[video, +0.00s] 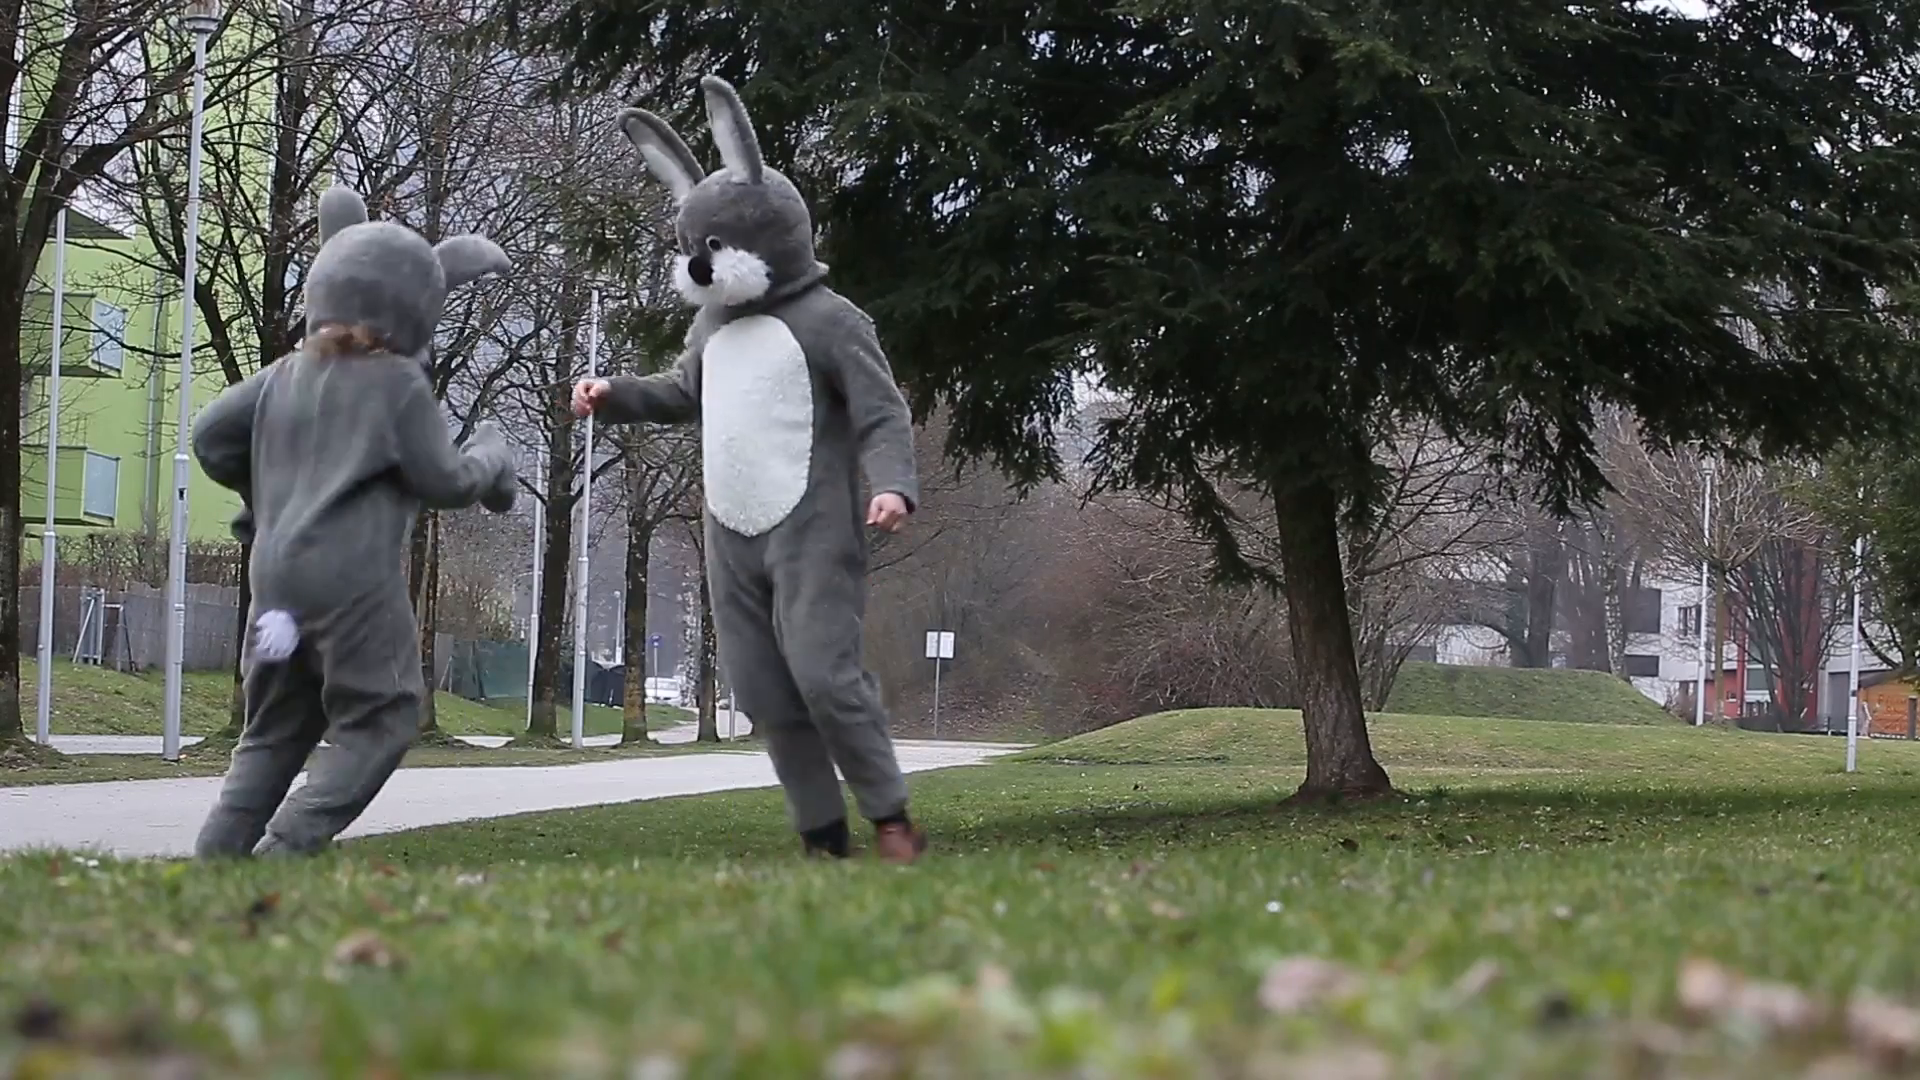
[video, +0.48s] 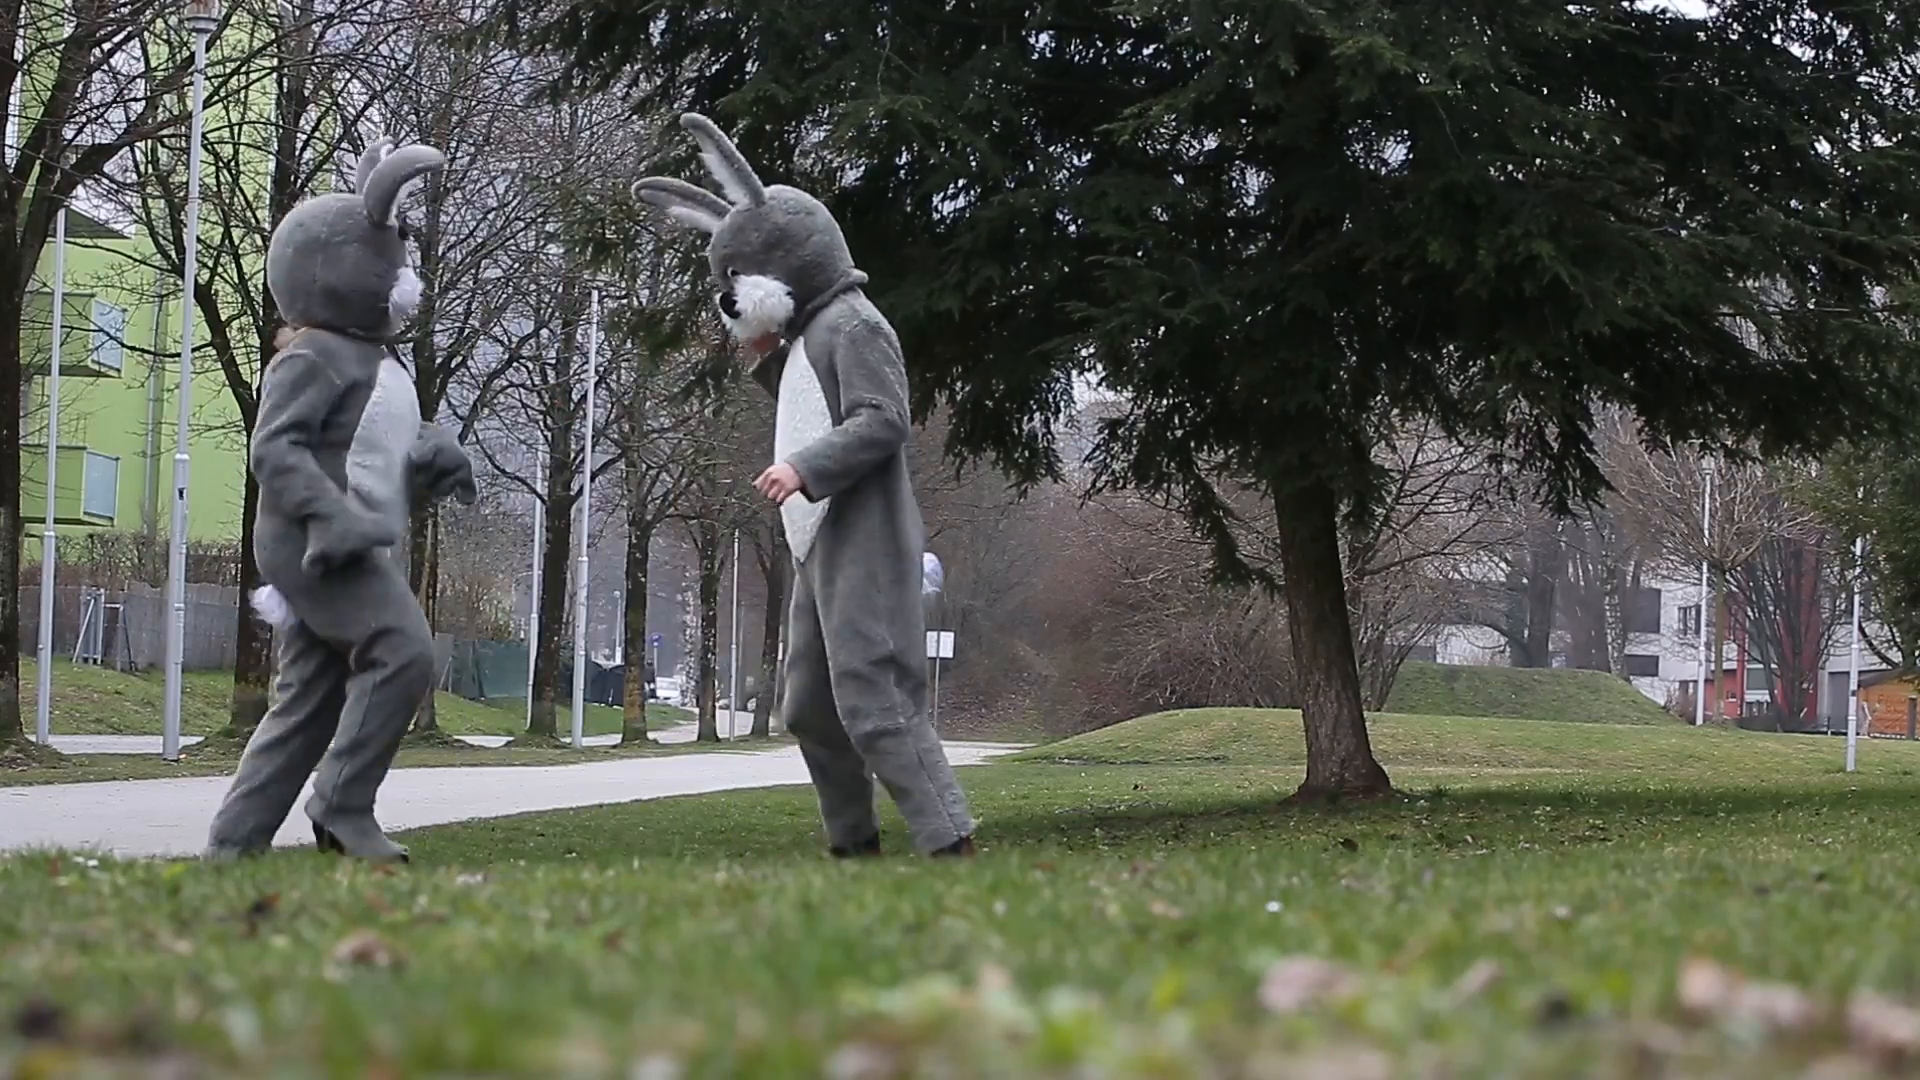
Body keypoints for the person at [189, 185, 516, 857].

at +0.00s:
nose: (429, 321)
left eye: (429, 307)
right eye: (425, 308)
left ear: (322, 298)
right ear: (403, 309)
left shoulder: (280, 376)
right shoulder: (397, 381)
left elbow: (211, 435)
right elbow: (441, 480)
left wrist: (268, 484)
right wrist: (490, 459)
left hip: (272, 573)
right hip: (353, 579)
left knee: (278, 724)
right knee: (384, 713)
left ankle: (214, 858)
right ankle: (287, 848)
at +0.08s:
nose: (415, 347)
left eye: (417, 332)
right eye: (411, 330)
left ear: (314, 319)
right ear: (383, 325)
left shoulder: (281, 395)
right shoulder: (364, 396)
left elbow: (238, 478)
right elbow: (393, 500)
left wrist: (305, 513)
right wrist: (470, 483)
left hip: (257, 580)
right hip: (325, 583)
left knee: (294, 737)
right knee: (394, 713)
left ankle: (219, 856)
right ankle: (296, 843)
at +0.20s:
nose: (397, 333)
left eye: (401, 316)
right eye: (394, 314)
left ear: (316, 302)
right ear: (361, 307)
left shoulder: (298, 371)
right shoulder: (325, 376)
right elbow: (332, 470)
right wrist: (425, 488)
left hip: (272, 566)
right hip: (312, 566)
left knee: (298, 711)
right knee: (408, 676)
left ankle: (221, 852)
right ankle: (314, 829)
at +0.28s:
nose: (401, 296)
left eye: (403, 281)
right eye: (393, 279)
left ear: (328, 281)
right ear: (350, 278)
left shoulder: (339, 355)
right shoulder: (315, 348)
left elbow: (374, 426)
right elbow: (307, 435)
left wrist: (426, 445)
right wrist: (397, 472)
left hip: (301, 532)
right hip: (312, 530)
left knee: (286, 693)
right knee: (416, 642)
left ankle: (228, 848)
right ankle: (326, 783)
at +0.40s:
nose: (402, 272)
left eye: (401, 259)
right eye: (389, 257)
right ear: (346, 258)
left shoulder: (368, 348)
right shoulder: (313, 335)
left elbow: (382, 421)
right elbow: (286, 419)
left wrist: (434, 440)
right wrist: (364, 482)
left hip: (338, 523)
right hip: (312, 519)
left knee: (299, 690)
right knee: (412, 634)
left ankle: (241, 845)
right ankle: (332, 775)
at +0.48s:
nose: (400, 275)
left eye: (398, 262)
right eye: (383, 262)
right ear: (342, 271)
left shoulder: (379, 363)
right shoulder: (313, 354)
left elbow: (376, 463)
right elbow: (275, 448)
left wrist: (431, 463)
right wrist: (331, 513)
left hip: (354, 545)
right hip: (317, 544)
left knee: (306, 704)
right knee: (403, 653)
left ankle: (232, 846)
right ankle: (342, 807)